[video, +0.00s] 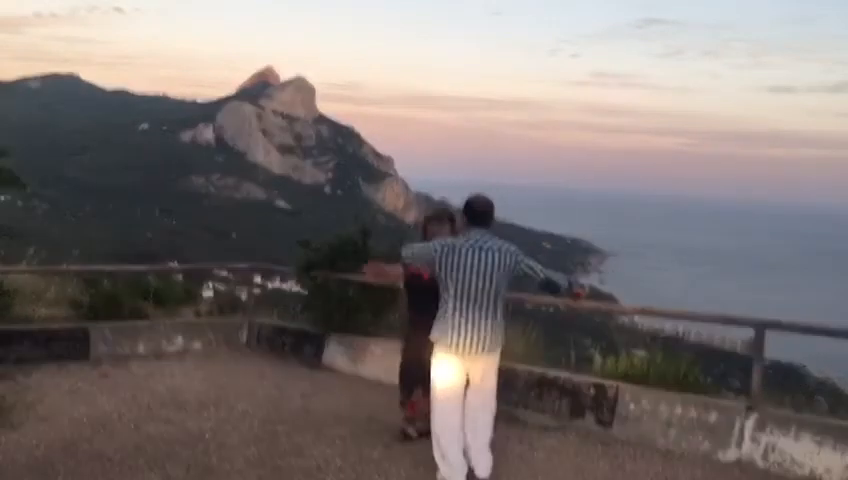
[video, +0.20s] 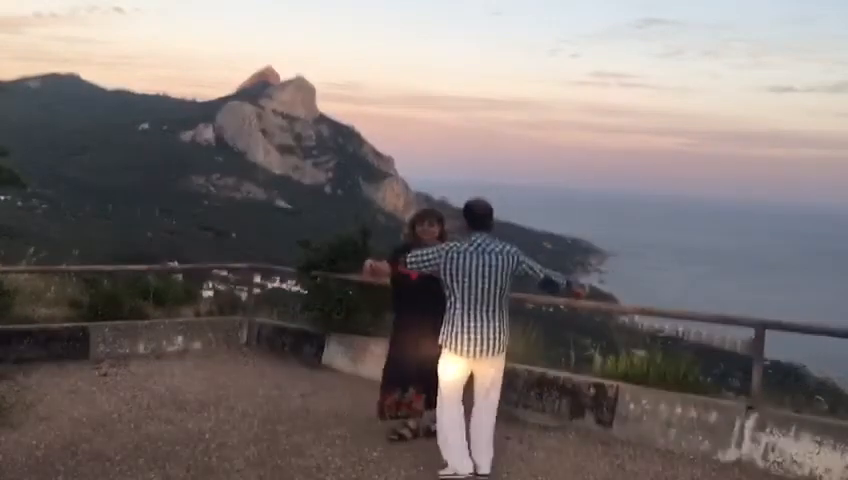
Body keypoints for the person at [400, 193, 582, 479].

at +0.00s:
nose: (460, 221)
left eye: (461, 217)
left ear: (463, 218)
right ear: (492, 220)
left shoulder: (445, 246)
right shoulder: (506, 251)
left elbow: (408, 253)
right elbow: (544, 276)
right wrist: (571, 286)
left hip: (449, 338)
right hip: (488, 341)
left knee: (446, 406)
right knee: (482, 404)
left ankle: (451, 471)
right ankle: (481, 468)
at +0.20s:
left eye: (469, 219)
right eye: (485, 217)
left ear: (465, 222)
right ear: (492, 221)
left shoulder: (449, 251)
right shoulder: (508, 252)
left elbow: (407, 260)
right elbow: (544, 277)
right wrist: (570, 287)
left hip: (457, 341)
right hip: (493, 343)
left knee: (449, 404)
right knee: (486, 406)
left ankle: (458, 466)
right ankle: (483, 465)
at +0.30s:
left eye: (467, 219)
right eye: (482, 216)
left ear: (463, 222)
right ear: (489, 221)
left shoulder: (450, 252)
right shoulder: (507, 250)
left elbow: (409, 266)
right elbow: (540, 274)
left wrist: (383, 267)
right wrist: (568, 285)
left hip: (458, 338)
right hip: (495, 339)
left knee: (448, 399)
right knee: (485, 403)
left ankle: (466, 459)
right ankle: (483, 464)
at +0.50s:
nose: (449, 226)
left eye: (449, 222)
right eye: (451, 221)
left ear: (452, 224)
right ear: (476, 222)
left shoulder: (446, 254)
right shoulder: (498, 246)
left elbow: (410, 278)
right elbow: (534, 258)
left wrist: (385, 268)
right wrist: (545, 257)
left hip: (457, 337)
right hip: (493, 336)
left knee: (441, 391)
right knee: (484, 400)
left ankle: (452, 452)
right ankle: (482, 462)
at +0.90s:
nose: (430, 227)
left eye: (431, 223)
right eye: (431, 222)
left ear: (436, 224)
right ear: (457, 223)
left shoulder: (433, 250)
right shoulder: (477, 247)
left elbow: (397, 266)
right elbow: (505, 261)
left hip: (438, 333)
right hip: (470, 332)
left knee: (434, 392)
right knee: (457, 385)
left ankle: (441, 452)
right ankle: (466, 439)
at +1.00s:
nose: (427, 227)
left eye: (428, 222)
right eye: (428, 222)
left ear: (435, 223)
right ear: (452, 222)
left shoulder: (432, 247)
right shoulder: (472, 247)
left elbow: (395, 260)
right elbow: (496, 267)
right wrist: (480, 263)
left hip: (437, 332)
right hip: (466, 331)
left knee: (431, 390)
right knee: (450, 385)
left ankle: (440, 450)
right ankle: (454, 441)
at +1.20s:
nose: (424, 228)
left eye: (426, 222)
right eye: (424, 222)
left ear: (434, 223)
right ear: (448, 222)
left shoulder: (434, 248)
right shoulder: (467, 248)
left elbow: (396, 265)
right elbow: (477, 272)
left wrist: (374, 280)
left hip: (435, 329)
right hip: (460, 328)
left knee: (421, 384)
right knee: (443, 386)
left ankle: (440, 443)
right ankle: (444, 438)